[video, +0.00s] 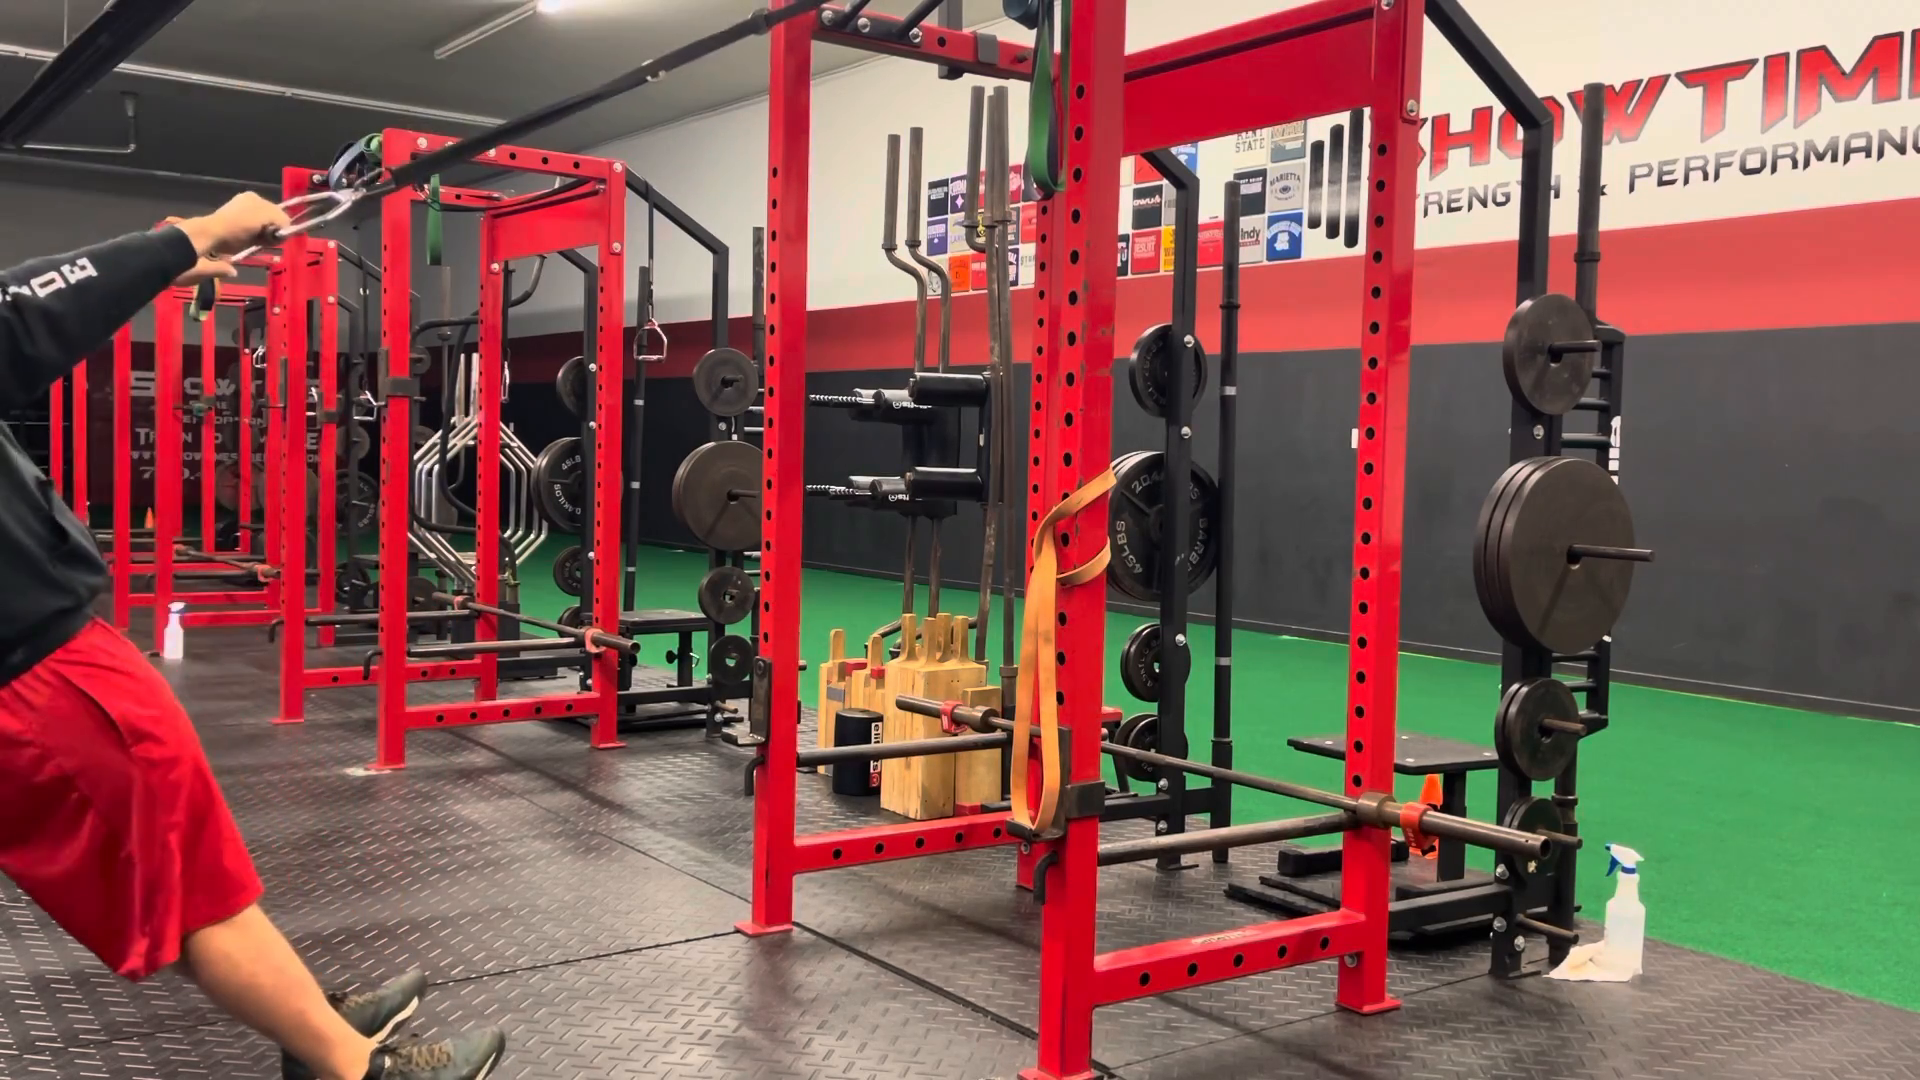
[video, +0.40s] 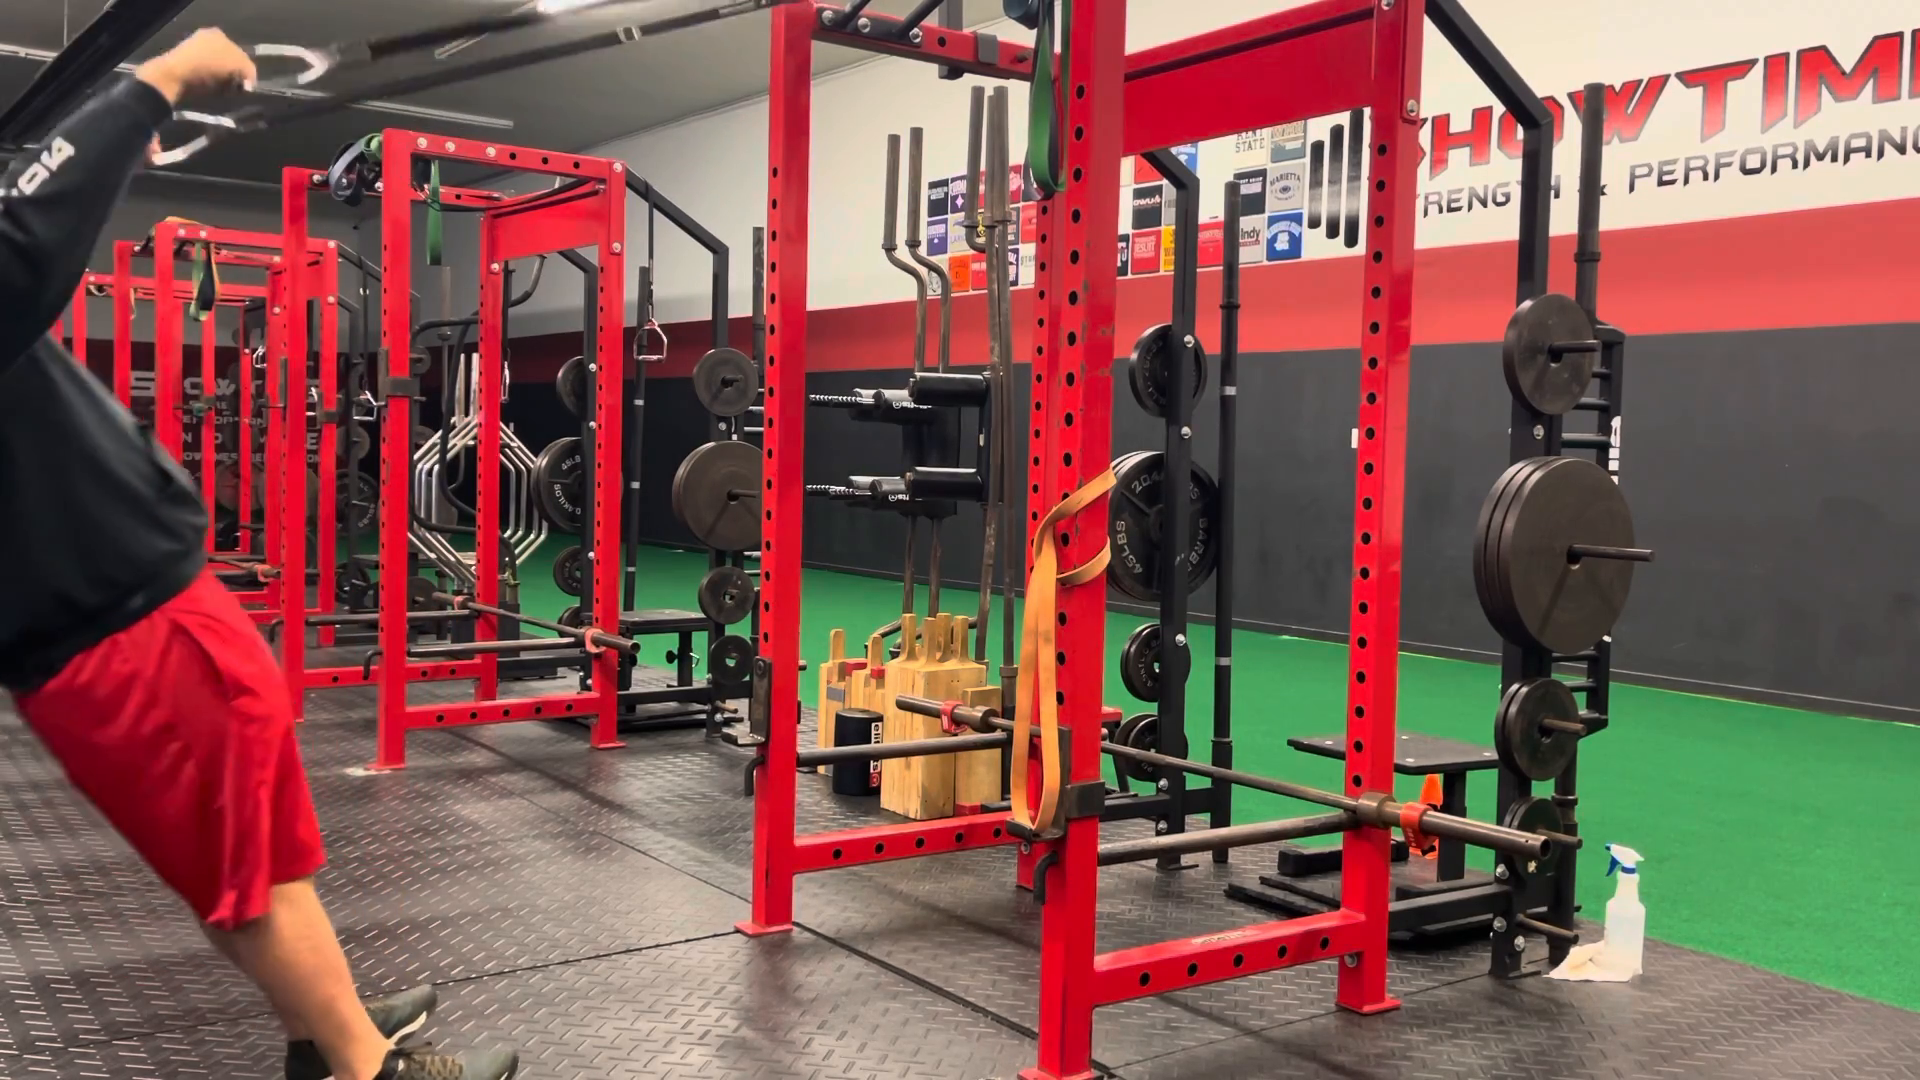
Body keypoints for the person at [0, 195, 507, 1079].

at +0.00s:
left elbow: (41, 309)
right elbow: (44, 308)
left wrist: (187, 238)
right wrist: (202, 233)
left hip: (35, 643)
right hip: (33, 649)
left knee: (181, 849)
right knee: (196, 880)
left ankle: (313, 1026)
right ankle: (353, 1064)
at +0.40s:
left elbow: (24, 249)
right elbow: (24, 258)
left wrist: (114, 130)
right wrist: (155, 77)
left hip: (97, 601)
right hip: (105, 607)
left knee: (243, 845)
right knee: (257, 865)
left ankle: (336, 1033)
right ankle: (366, 1065)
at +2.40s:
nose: (124, 133)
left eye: (111, 112)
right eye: (101, 119)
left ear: (22, 163)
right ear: (77, 140)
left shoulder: (53, 280)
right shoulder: (119, 257)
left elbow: (63, 165)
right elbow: (145, 102)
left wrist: (81, 42)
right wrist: (119, 7)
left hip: (214, 608)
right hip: (297, 598)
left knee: (275, 844)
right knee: (341, 860)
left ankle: (328, 1033)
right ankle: (387, 1063)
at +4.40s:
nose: (207, 127)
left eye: (195, 111)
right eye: (194, 111)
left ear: (100, 145)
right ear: (172, 129)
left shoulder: (108, 257)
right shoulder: (206, 231)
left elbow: (81, 136)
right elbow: (210, 56)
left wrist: (79, 25)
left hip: (252, 598)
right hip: (343, 595)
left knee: (294, 837)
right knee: (366, 858)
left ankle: (328, 1024)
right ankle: (390, 1058)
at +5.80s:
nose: (59, 122)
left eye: (53, 110)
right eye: (35, 118)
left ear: (55, 130)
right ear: (18, 156)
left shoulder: (45, 263)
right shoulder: (76, 248)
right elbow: (119, 84)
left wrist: (77, 45)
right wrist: (90, 20)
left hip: (196, 599)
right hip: (254, 597)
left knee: (279, 844)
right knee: (329, 858)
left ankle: (329, 1026)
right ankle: (386, 1062)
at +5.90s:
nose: (25, 111)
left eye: (26, 95)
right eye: (13, 100)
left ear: (28, 135)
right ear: (6, 141)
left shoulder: (43, 252)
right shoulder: (37, 255)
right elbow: (84, 59)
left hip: (174, 606)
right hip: (218, 606)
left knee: (263, 859)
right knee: (312, 870)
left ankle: (327, 1035)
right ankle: (381, 1060)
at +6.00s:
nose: (111, 98)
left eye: (106, 83)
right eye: (92, 80)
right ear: (38, 127)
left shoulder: (27, 263)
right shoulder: (19, 260)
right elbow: (71, 70)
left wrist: (92, 70)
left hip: (131, 616)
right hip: (186, 609)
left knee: (248, 863)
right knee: (292, 877)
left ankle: (329, 1032)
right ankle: (376, 1061)